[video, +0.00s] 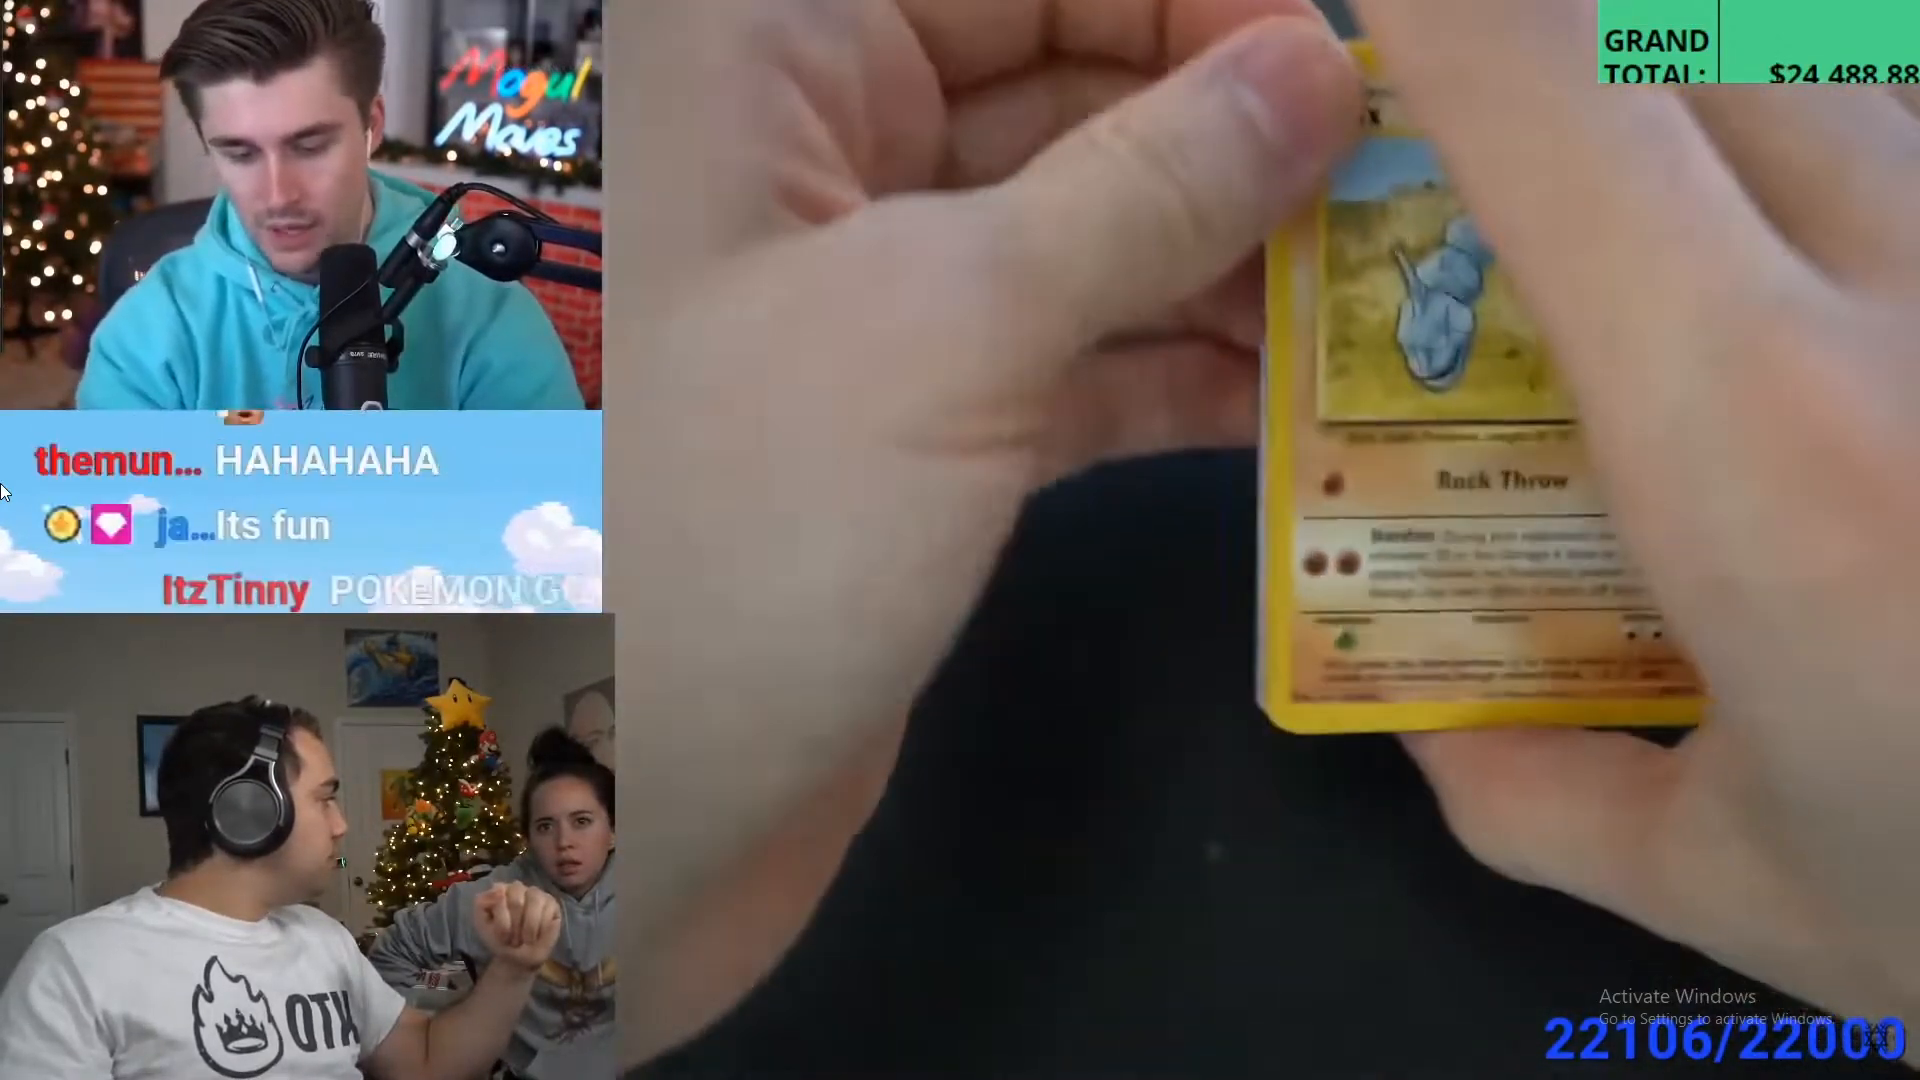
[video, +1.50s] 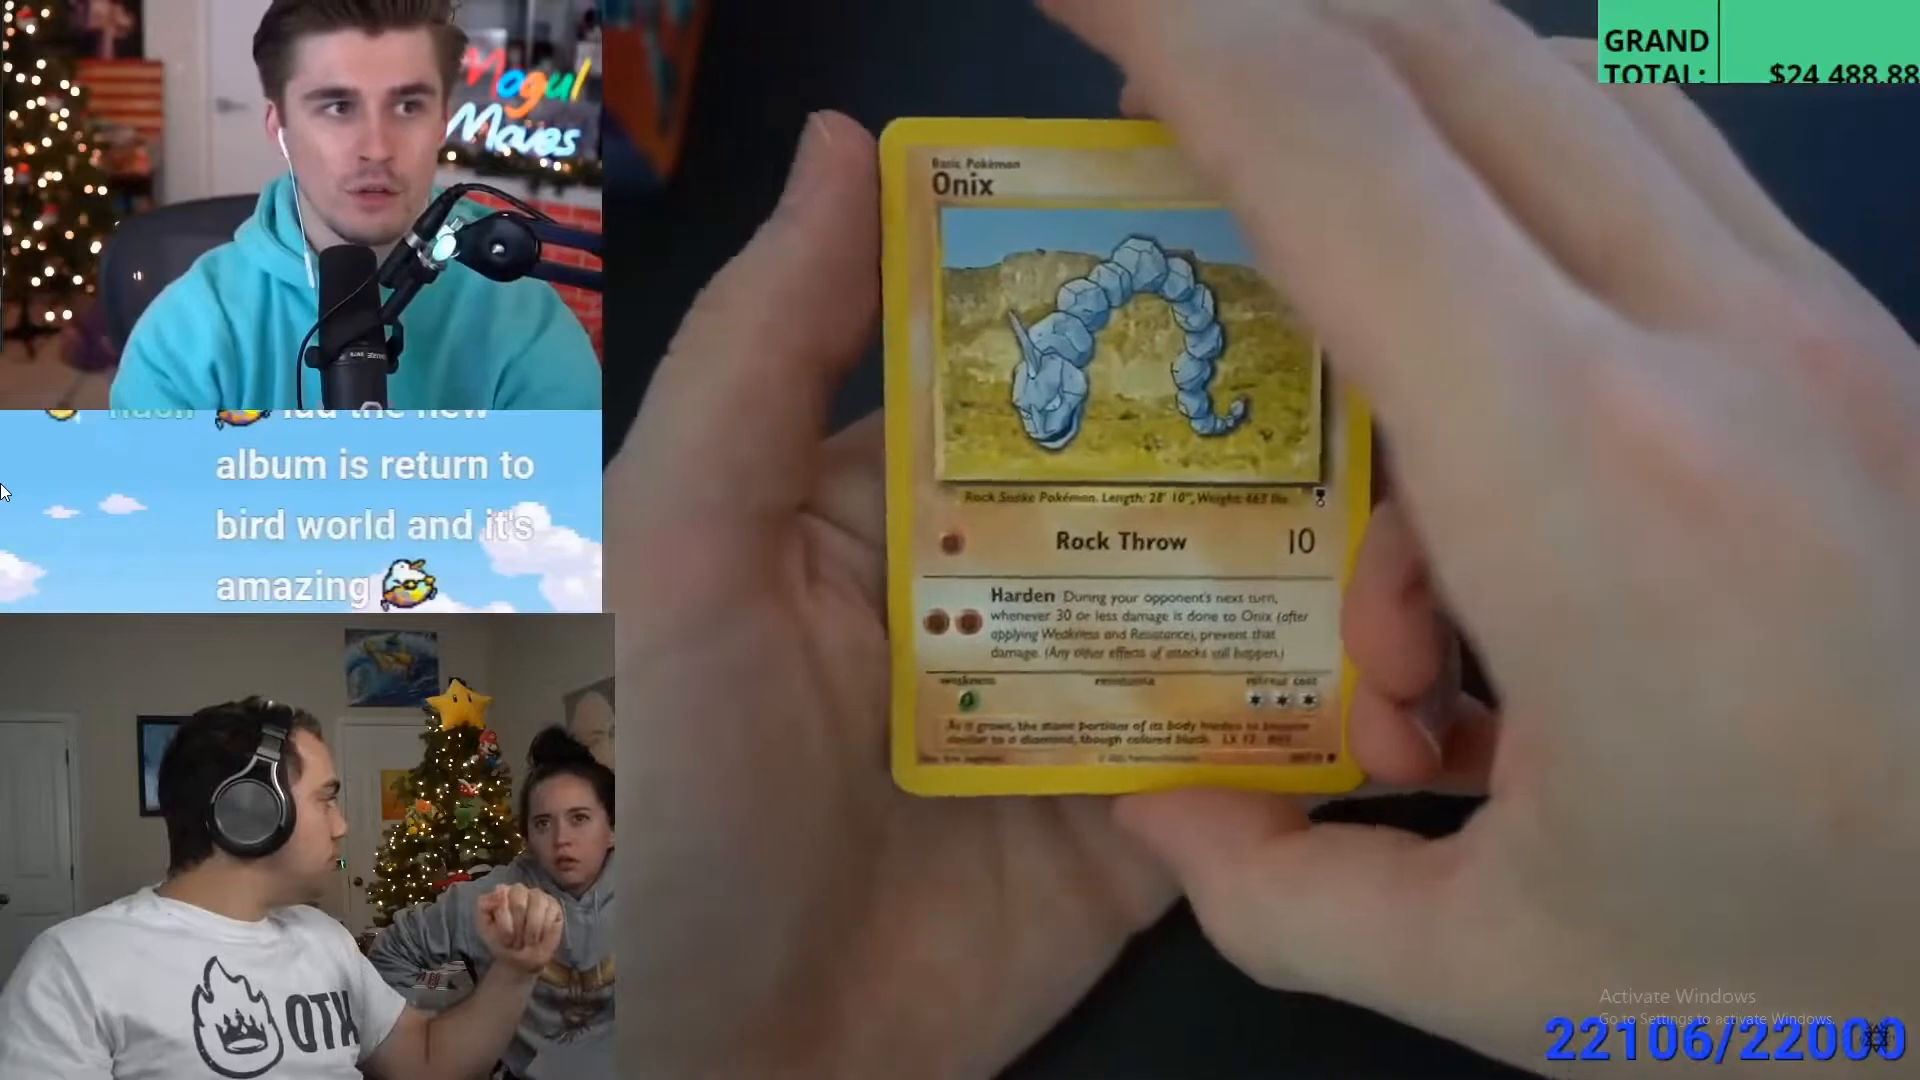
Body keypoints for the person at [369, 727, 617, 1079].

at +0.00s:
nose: (564, 843)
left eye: (582, 822)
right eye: (546, 826)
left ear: (612, 831)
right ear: (528, 839)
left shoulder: (643, 890)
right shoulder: (491, 898)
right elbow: (389, 956)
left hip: (627, 1067)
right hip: (534, 1072)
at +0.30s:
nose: (564, 842)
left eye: (582, 822)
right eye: (546, 826)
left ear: (612, 831)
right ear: (528, 838)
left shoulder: (643, 892)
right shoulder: (491, 898)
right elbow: (389, 956)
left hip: (628, 1067)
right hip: (537, 1073)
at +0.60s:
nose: (564, 843)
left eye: (582, 822)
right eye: (545, 826)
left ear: (613, 831)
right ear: (528, 839)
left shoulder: (644, 892)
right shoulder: (491, 898)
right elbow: (390, 954)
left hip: (625, 1069)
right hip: (535, 1073)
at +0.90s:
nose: (564, 842)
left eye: (582, 822)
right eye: (545, 826)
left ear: (612, 831)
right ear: (528, 839)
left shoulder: (644, 891)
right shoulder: (491, 898)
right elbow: (389, 955)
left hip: (625, 1067)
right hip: (535, 1072)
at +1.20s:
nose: (564, 842)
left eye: (582, 821)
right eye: (545, 826)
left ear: (612, 831)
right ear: (528, 839)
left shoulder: (644, 893)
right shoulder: (490, 898)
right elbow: (387, 957)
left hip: (626, 1067)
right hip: (535, 1072)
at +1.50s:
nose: (561, 840)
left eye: (579, 820)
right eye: (544, 824)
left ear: (612, 829)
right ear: (528, 837)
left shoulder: (642, 890)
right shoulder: (491, 897)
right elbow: (388, 956)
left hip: (623, 1068)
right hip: (533, 1072)